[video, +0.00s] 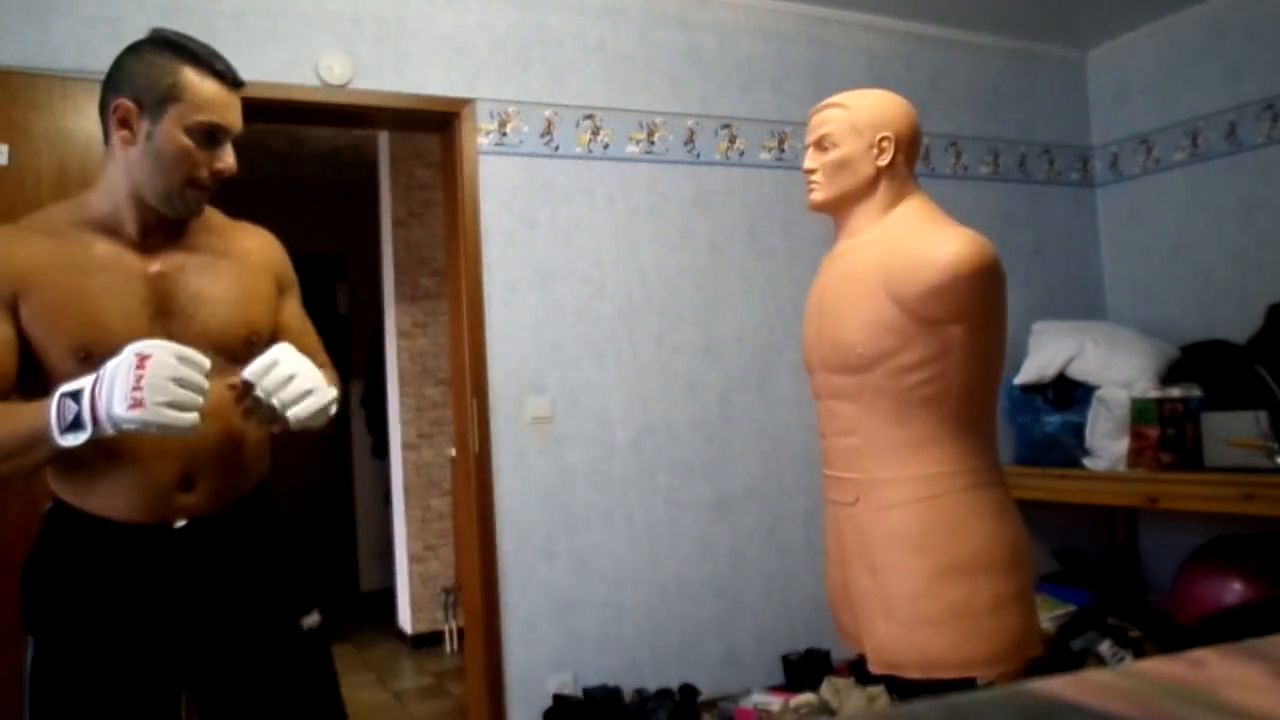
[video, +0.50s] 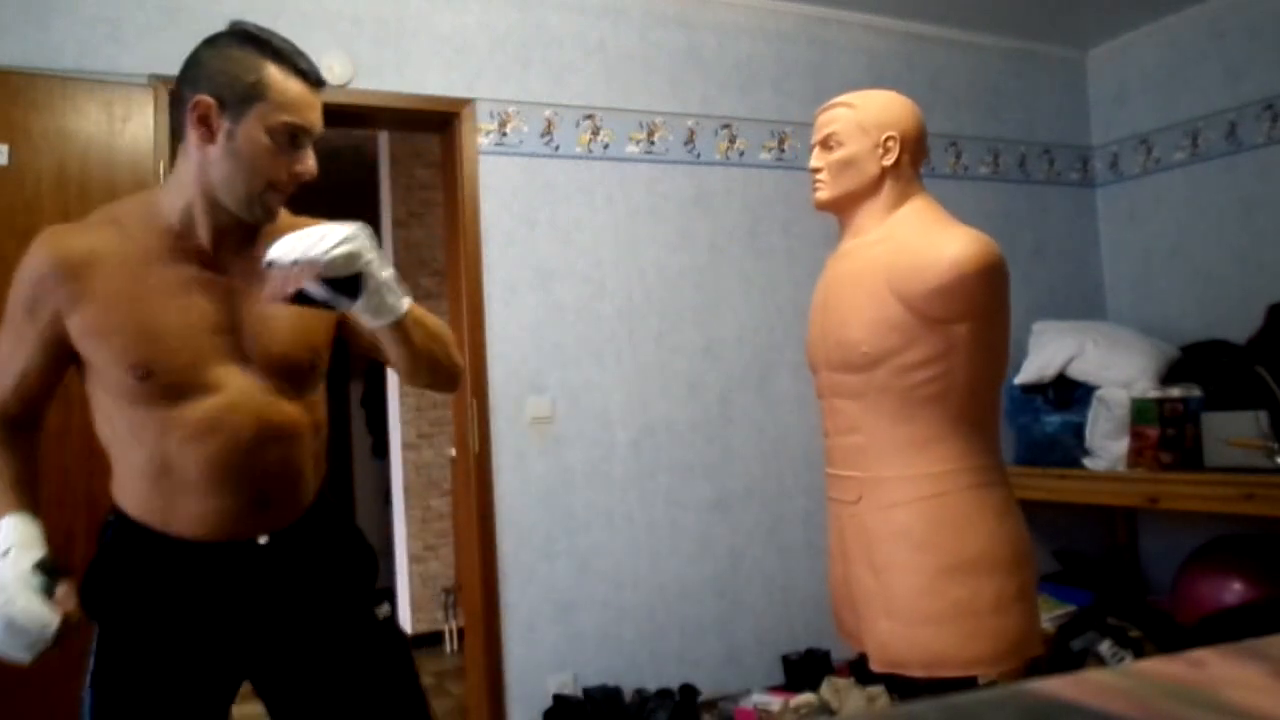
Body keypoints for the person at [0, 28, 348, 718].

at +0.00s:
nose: (227, 165)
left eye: (232, 144)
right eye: (207, 138)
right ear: (125, 125)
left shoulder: (259, 252)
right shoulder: (20, 255)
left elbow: (320, 384)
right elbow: (5, 435)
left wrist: (309, 388)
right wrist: (87, 404)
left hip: (246, 564)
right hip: (94, 574)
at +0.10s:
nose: (242, 164)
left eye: (246, 144)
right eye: (220, 137)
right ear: (139, 125)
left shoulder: (277, 250)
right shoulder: (27, 262)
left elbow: (357, 385)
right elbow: (1, 437)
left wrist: (327, 380)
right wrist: (72, 432)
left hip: (267, 564)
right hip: (115, 573)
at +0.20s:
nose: (268, 162)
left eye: (271, 141)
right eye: (245, 136)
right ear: (165, 126)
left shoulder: (304, 247)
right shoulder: (57, 270)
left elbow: (391, 391)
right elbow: (3, 423)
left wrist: (336, 347)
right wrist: (47, 476)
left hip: (298, 564)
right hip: (149, 575)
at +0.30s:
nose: (290, 159)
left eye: (293, 137)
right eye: (267, 133)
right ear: (187, 123)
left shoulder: (325, 242)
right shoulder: (78, 264)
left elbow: (425, 381)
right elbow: (17, 414)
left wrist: (352, 324)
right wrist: (47, 484)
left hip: (314, 563)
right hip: (168, 570)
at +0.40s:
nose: (298, 158)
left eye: (301, 136)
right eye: (275, 131)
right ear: (195, 118)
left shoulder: (326, 240)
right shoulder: (75, 255)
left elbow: (440, 374)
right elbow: (24, 409)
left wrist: (363, 308)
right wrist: (40, 505)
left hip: (313, 562)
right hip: (163, 570)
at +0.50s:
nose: (309, 168)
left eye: (311, 145)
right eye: (287, 139)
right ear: (205, 124)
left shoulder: (317, 253)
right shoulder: (72, 262)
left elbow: (445, 375)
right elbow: (10, 423)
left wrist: (383, 298)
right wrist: (19, 554)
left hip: (309, 577)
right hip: (157, 588)